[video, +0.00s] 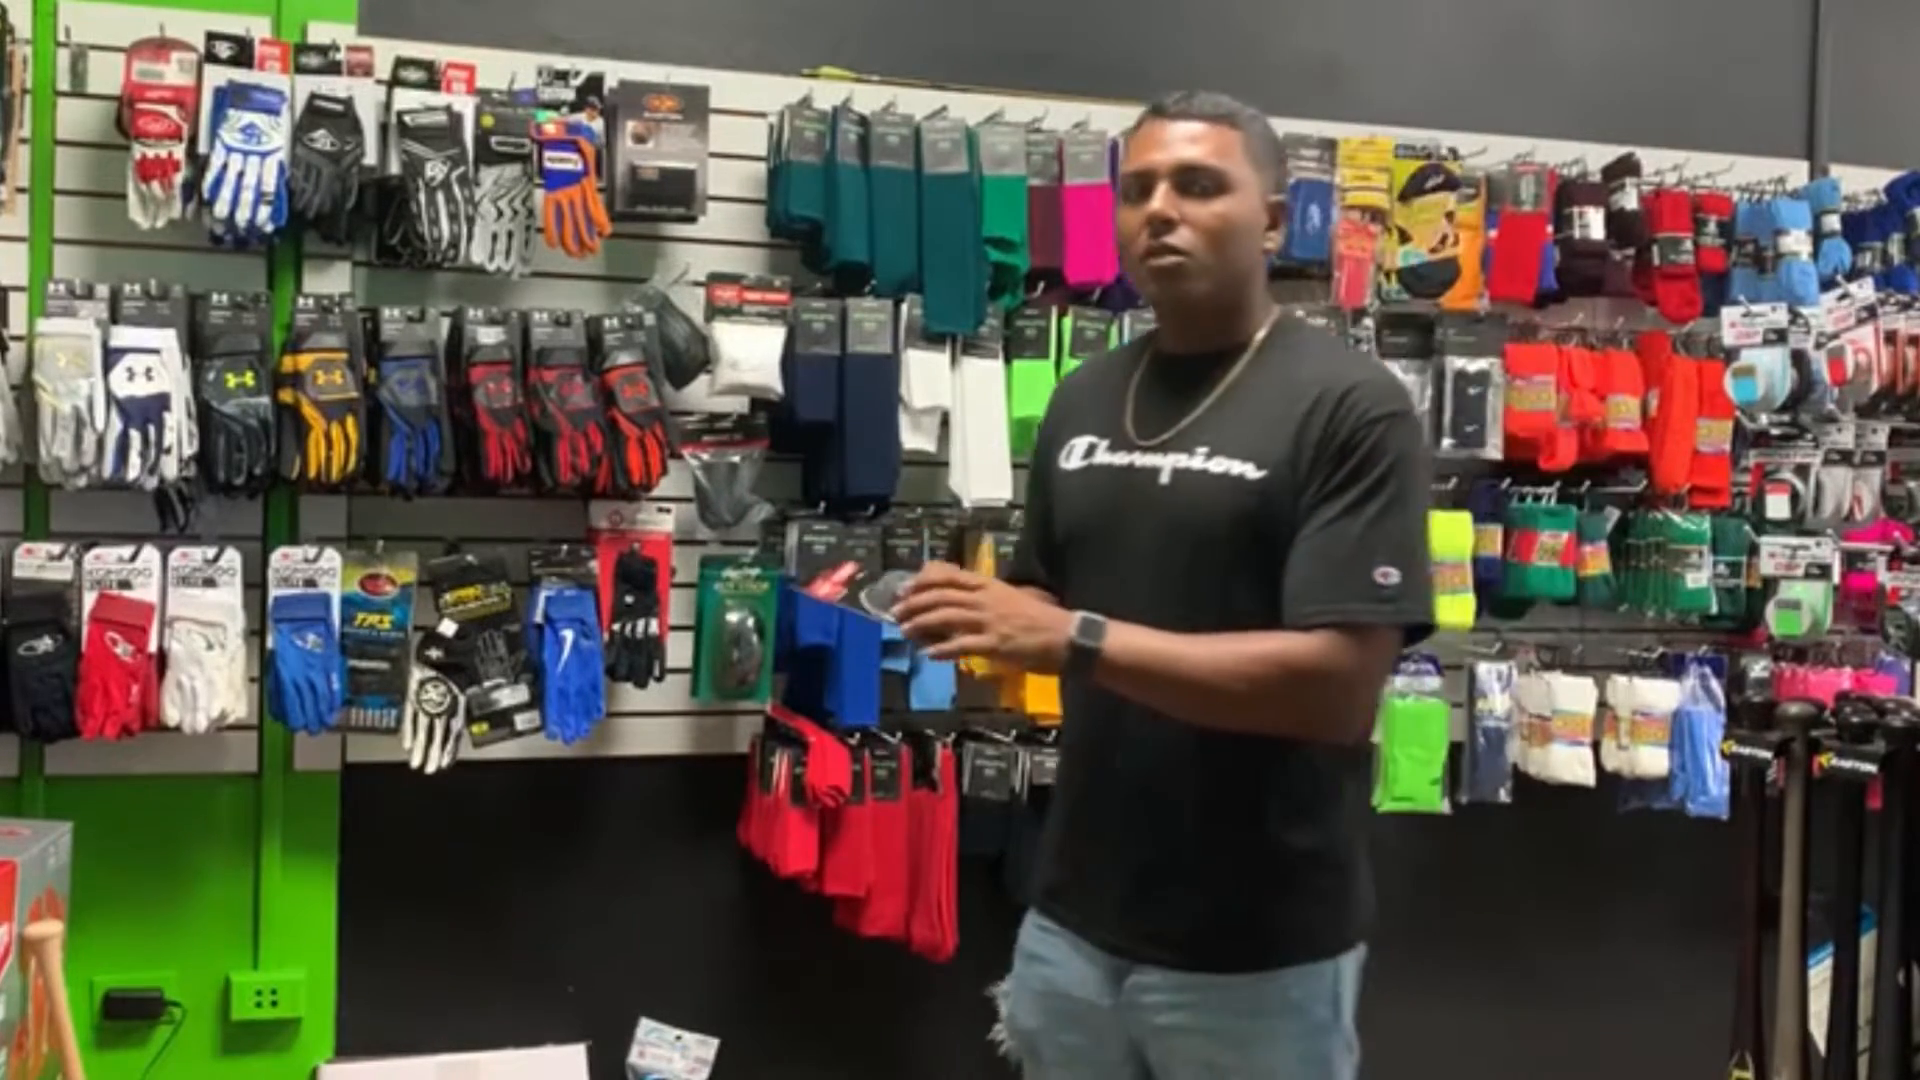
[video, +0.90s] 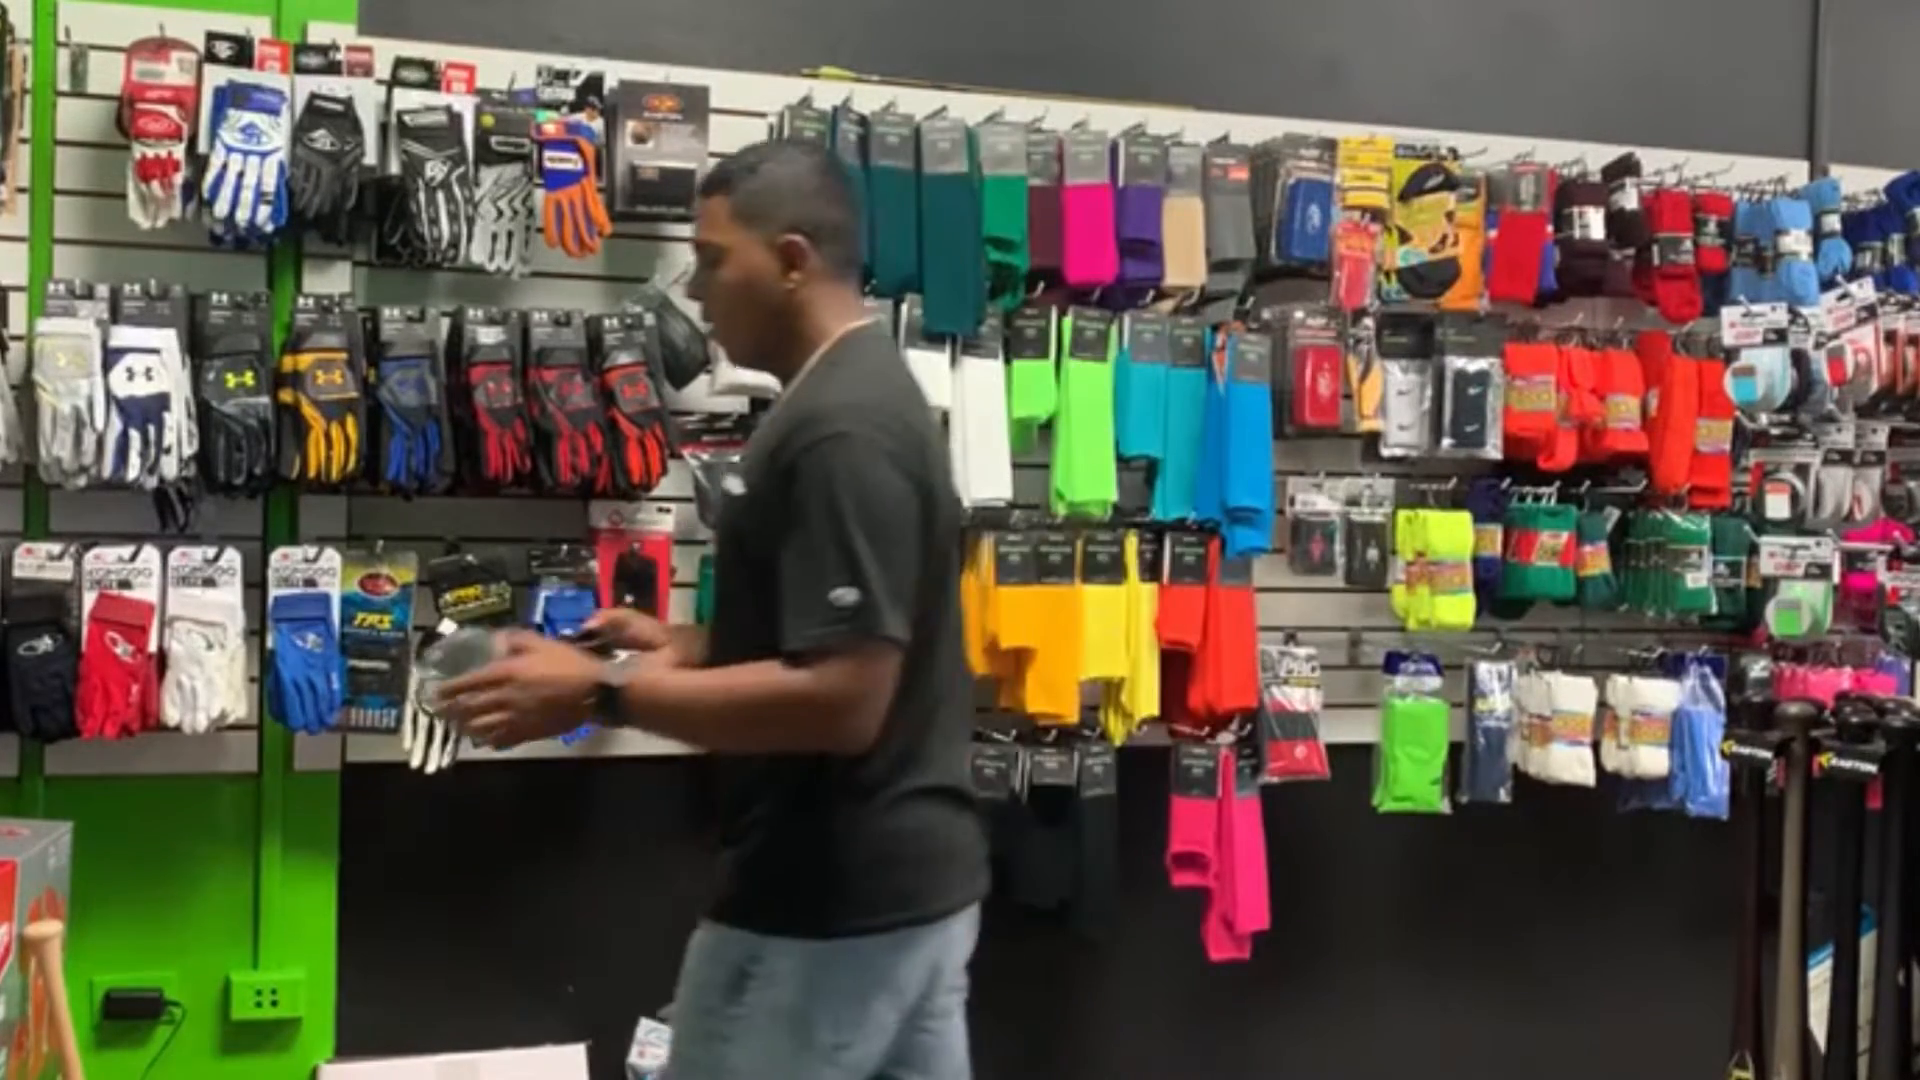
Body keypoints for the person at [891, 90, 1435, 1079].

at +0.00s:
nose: (1160, 209)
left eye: (1198, 184)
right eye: (1138, 188)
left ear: (1273, 214)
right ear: (1117, 219)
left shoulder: (1352, 405)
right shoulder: (1084, 398)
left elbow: (1342, 683)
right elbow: (1052, 615)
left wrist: (1070, 635)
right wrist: (977, 615)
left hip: (1258, 945)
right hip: (1076, 917)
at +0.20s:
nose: (1027, 246)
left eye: (1063, 218)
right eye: (1023, 221)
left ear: (1159, 232)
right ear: (1015, 233)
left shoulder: (1242, 413)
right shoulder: (1010, 410)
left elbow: (1233, 687)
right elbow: (978, 624)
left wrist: (977, 626)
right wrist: (884, 613)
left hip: (1157, 941)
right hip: (988, 913)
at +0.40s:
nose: (933, 286)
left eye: (958, 256)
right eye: (929, 261)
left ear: (1051, 246)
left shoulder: (1156, 414)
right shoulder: (971, 407)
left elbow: (1140, 681)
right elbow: (962, 625)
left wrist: (900, 619)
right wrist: (840, 608)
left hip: (1066, 903)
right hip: (946, 881)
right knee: (960, 1064)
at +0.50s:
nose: (896, 292)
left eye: (917, 260)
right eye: (892, 267)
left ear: (1008, 247)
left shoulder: (1107, 412)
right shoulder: (960, 406)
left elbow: (1099, 680)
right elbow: (953, 629)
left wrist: (858, 621)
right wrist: (824, 618)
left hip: (1027, 891)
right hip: (945, 873)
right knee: (943, 1060)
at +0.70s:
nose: (808, 296)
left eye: (826, 263)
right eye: (806, 271)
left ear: (916, 251)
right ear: (913, 256)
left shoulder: (991, 412)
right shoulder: (947, 397)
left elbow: (994, 681)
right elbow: (937, 650)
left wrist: (755, 628)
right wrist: (749, 634)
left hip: (934, 898)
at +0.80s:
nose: (760, 296)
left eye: (775, 263)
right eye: (760, 268)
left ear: (861, 255)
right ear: (861, 258)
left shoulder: (919, 418)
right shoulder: (922, 397)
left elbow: (924, 690)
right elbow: (863, 654)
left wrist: (692, 653)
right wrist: (683, 635)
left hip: (883, 899)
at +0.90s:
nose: (695, 288)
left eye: (711, 259)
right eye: (698, 262)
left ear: (794, 258)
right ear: (797, 259)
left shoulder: (842, 426)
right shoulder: (871, 399)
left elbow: (845, 700)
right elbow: (851, 635)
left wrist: (603, 690)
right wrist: (697, 645)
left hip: (825, 901)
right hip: (906, 883)